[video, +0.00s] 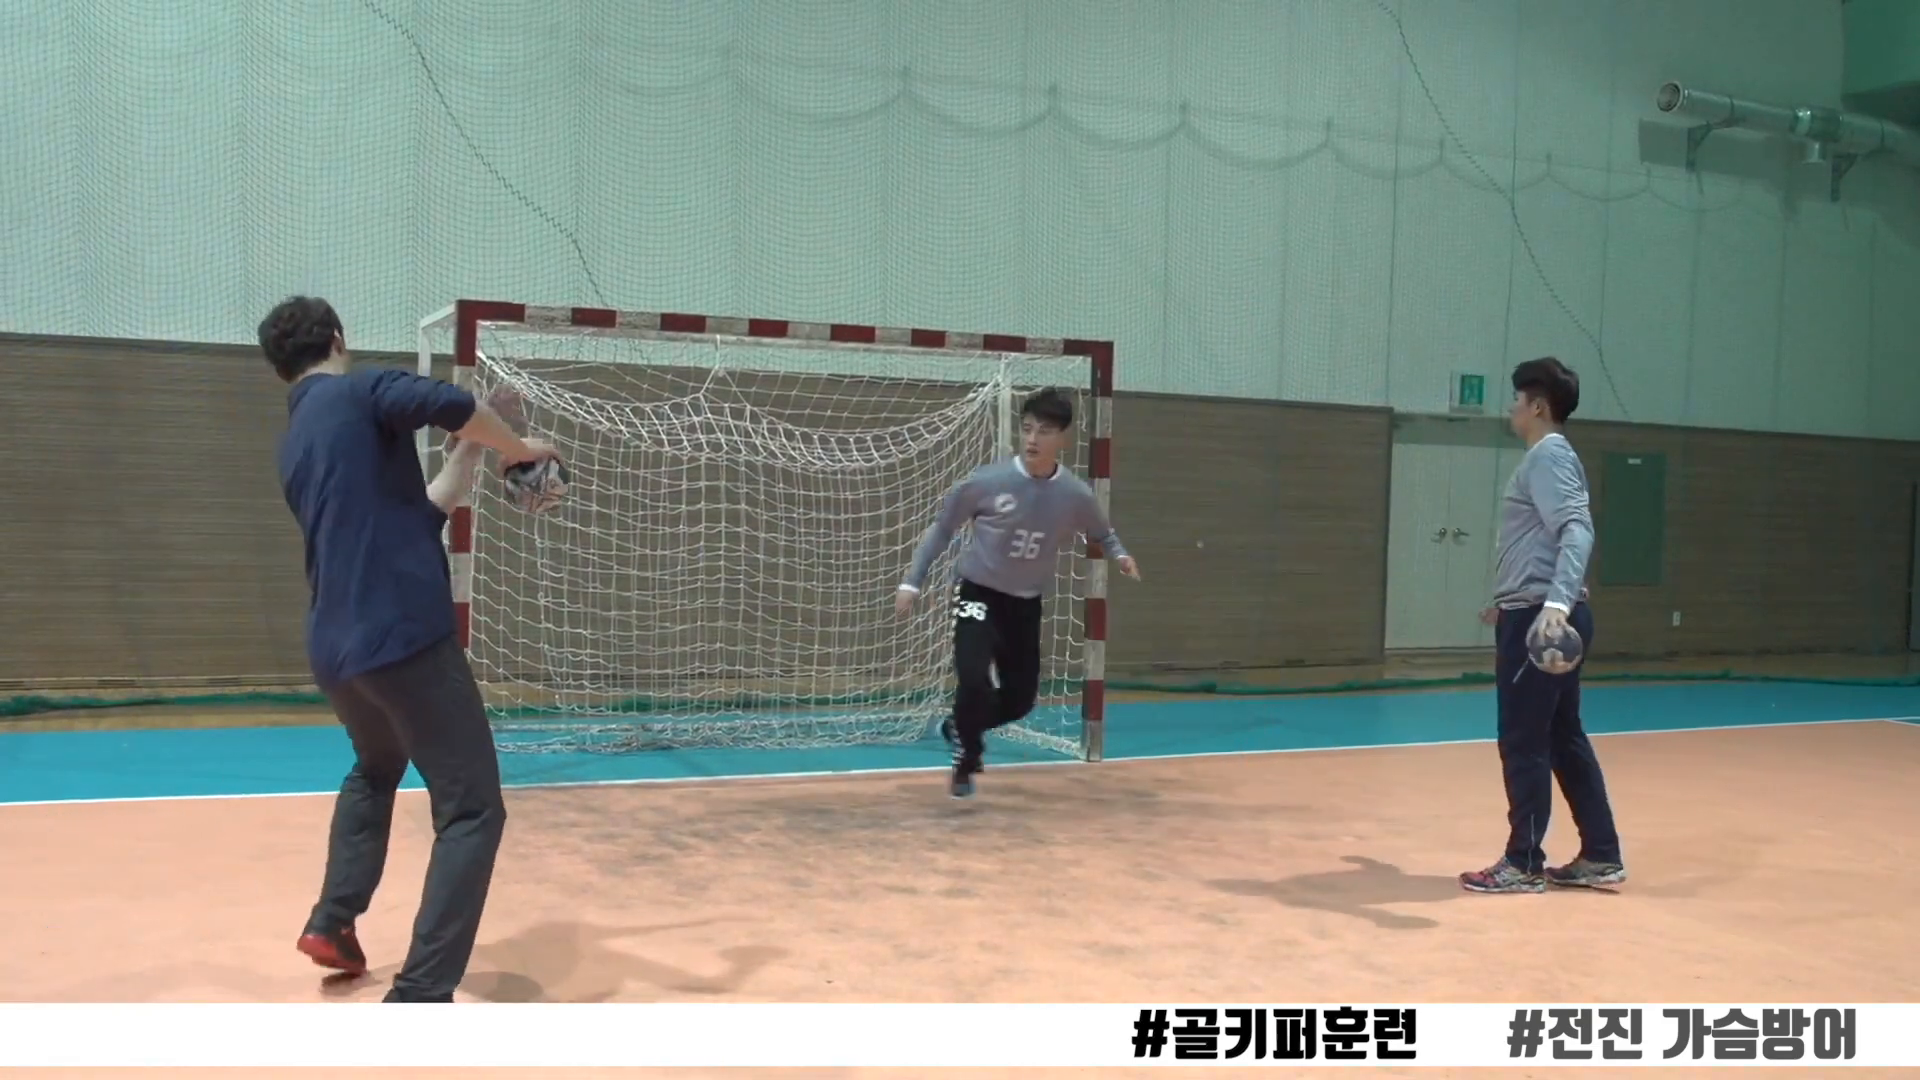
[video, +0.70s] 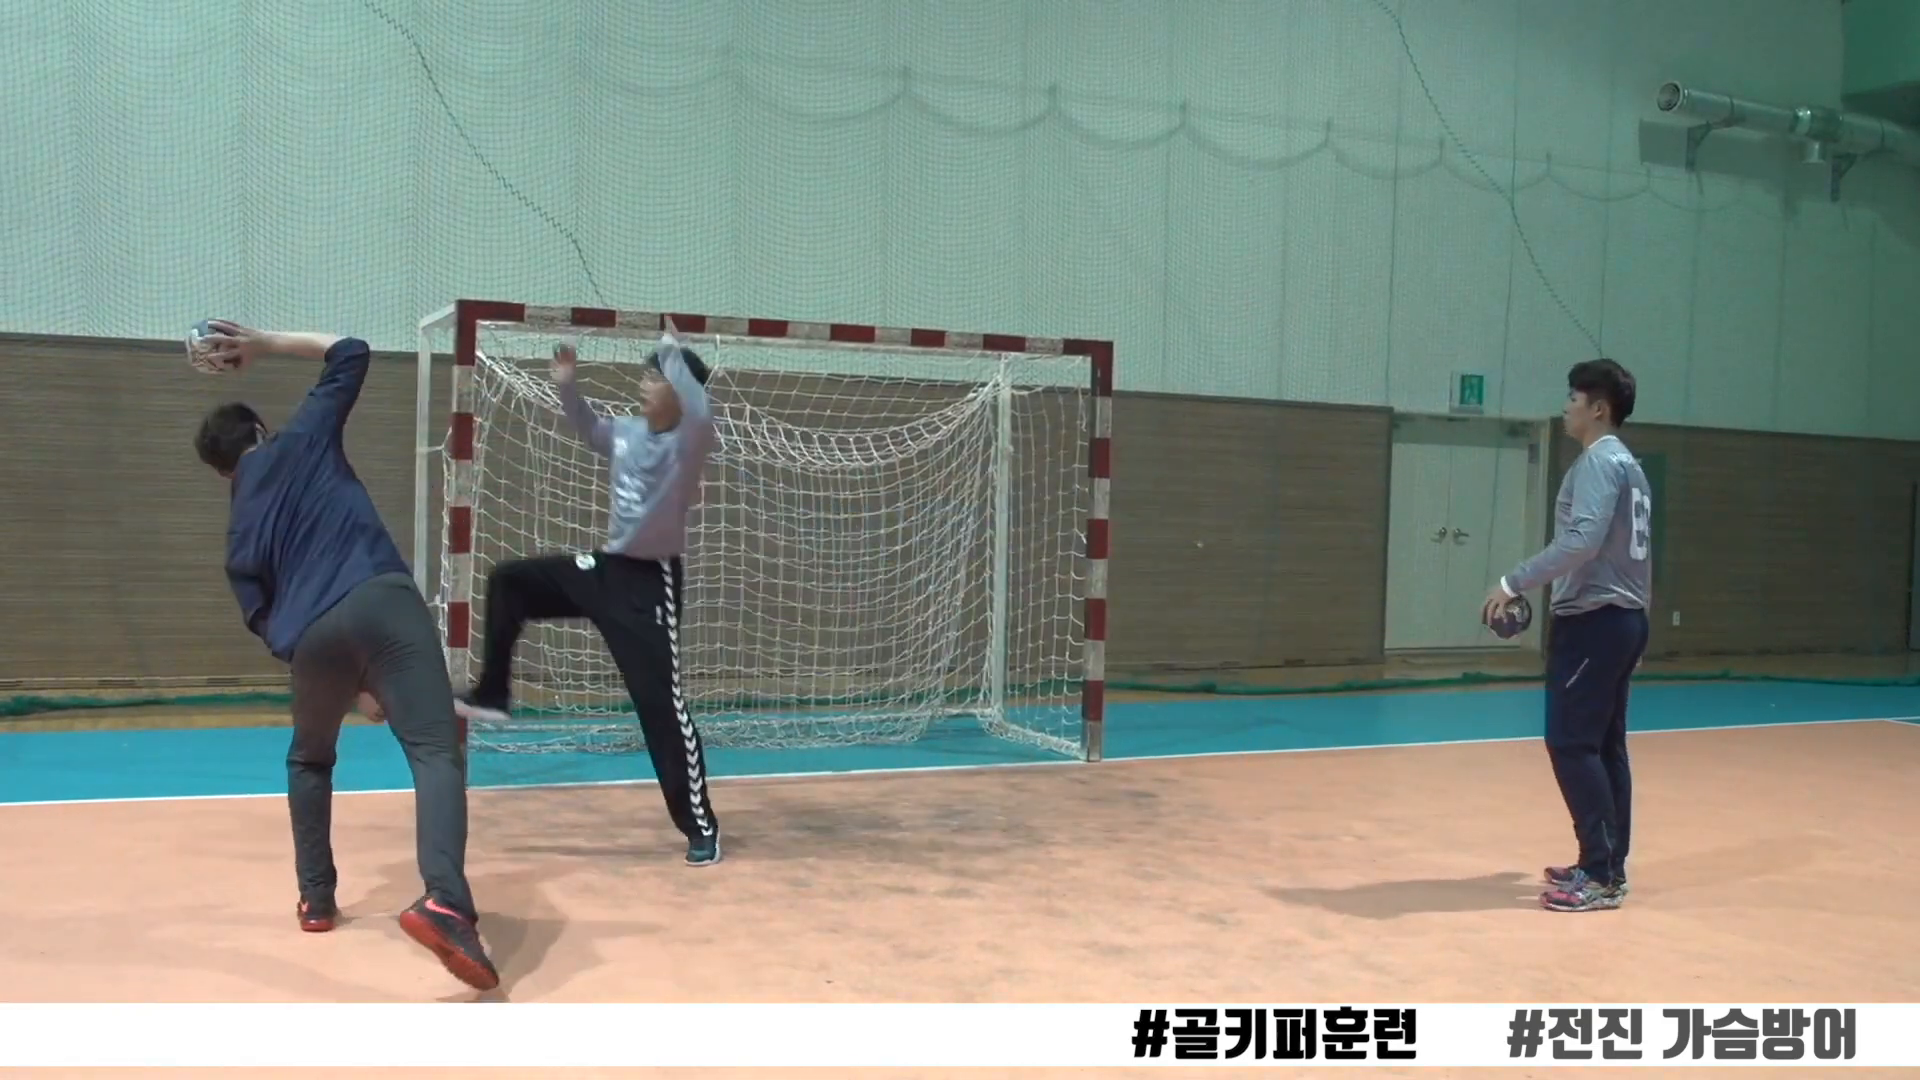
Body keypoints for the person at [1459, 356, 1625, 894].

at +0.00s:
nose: (1512, 407)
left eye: (1519, 399)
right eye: (1516, 398)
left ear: (1538, 403)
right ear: (1548, 405)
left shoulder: (1550, 453)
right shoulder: (1543, 455)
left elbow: (1577, 531)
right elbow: (1541, 544)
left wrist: (1557, 605)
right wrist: (1507, 602)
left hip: (1535, 616)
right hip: (1545, 615)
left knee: (1521, 741)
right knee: (1564, 738)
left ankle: (1523, 861)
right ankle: (1602, 857)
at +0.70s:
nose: (1565, 408)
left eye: (1573, 399)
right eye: (1569, 398)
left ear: (1596, 406)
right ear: (1605, 408)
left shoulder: (1598, 462)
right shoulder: (1625, 464)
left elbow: (1582, 542)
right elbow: (1611, 550)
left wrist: (1511, 583)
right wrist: (1539, 586)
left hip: (1595, 621)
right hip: (1621, 620)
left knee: (1569, 741)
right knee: (1605, 742)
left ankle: (1600, 874)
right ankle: (1607, 865)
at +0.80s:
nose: (1566, 405)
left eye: (1573, 396)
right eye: (1570, 395)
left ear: (1597, 404)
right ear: (1603, 407)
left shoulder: (1598, 460)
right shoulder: (1626, 465)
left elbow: (1590, 543)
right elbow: (1639, 557)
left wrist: (1530, 593)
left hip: (1594, 621)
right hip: (1617, 620)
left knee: (1578, 744)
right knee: (1603, 744)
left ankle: (1601, 876)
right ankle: (1605, 864)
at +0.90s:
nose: (1565, 404)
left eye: (1573, 395)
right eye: (1569, 394)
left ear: (1596, 403)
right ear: (1601, 405)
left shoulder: (1601, 458)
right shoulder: (1616, 460)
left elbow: (1600, 544)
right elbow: (1626, 556)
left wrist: (1542, 600)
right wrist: (1634, 632)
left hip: (1599, 620)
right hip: (1610, 620)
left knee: (1583, 745)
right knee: (1601, 744)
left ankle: (1602, 876)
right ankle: (1604, 863)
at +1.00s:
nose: (1561, 402)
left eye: (1569, 393)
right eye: (1565, 393)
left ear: (1593, 402)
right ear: (1597, 404)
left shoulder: (1603, 457)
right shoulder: (1602, 457)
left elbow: (1606, 543)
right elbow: (1598, 549)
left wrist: (1545, 599)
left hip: (1602, 620)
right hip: (1597, 619)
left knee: (1588, 746)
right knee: (1596, 744)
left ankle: (1604, 877)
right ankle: (1601, 862)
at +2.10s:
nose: (1537, 408)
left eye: (1543, 399)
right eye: (1540, 398)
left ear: (1565, 405)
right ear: (1573, 408)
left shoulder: (1570, 458)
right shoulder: (1590, 460)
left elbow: (1546, 529)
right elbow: (1559, 534)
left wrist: (1495, 531)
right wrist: (1507, 539)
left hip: (1569, 617)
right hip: (1583, 615)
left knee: (1560, 737)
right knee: (1568, 735)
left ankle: (1594, 869)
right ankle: (1574, 850)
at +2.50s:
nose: (1511, 414)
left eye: (1519, 404)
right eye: (1515, 404)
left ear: (1544, 413)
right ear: (1541, 413)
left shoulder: (1566, 459)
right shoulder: (1534, 474)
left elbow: (1610, 498)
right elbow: (1515, 542)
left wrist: (1538, 520)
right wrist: (1468, 572)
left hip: (1565, 619)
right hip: (1538, 620)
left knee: (1544, 733)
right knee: (1555, 734)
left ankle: (1584, 867)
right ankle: (1573, 852)